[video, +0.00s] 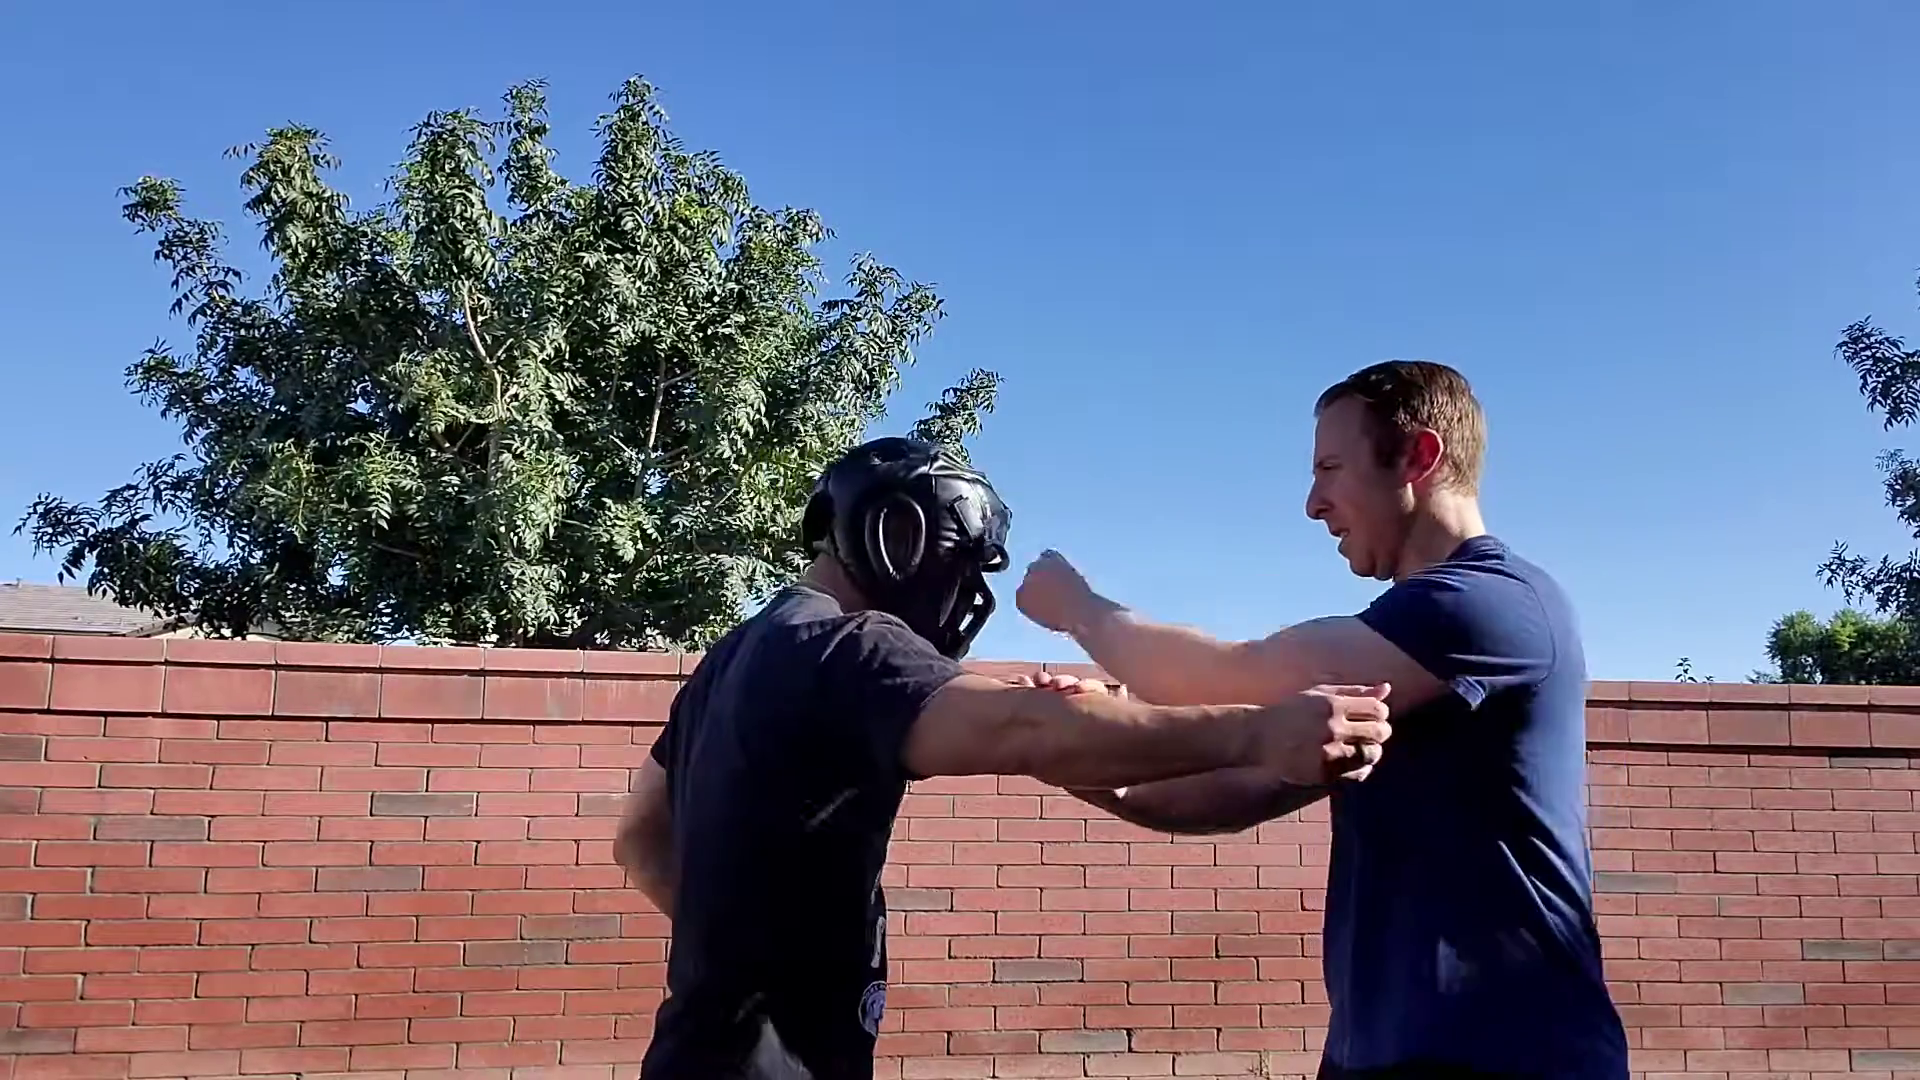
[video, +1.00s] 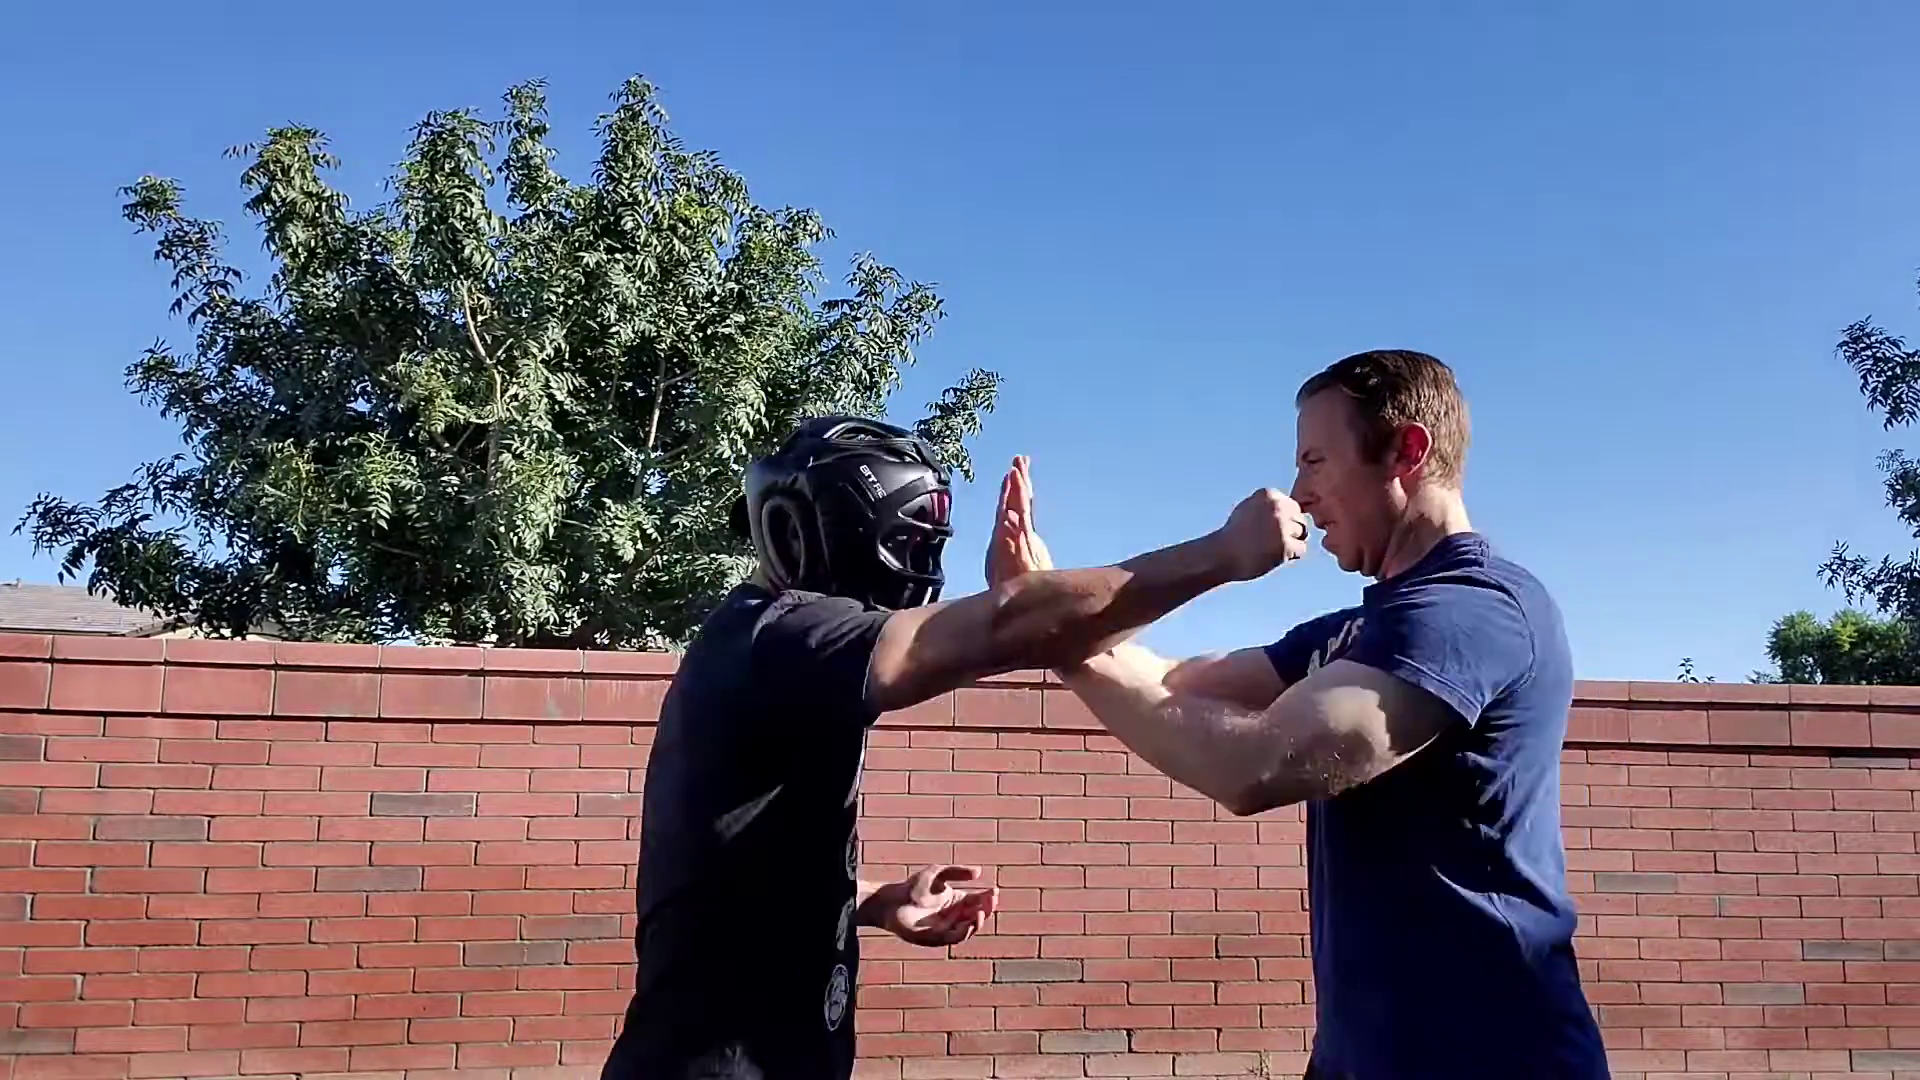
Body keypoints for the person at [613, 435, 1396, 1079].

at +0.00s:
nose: (965, 591)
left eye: (968, 566)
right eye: (956, 563)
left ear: (847, 536)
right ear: (903, 543)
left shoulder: (739, 651)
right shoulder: (848, 650)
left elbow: (638, 835)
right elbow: (1043, 727)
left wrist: (738, 930)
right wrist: (1254, 739)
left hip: (701, 1041)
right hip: (792, 1050)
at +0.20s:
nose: (980, 599)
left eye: (984, 571)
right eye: (969, 569)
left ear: (854, 549)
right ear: (911, 556)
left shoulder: (744, 655)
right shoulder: (849, 654)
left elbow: (636, 836)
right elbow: (1028, 740)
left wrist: (732, 944)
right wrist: (1238, 749)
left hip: (697, 1040)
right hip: (782, 1051)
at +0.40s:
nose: (921, 555)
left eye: (926, 532)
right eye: (909, 527)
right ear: (831, 513)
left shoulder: (858, 670)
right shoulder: (679, 655)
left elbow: (928, 764)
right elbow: (799, 835)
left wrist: (1030, 812)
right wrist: (1001, 789)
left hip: (832, 1048)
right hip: (686, 1054)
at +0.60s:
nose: (884, 553)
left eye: (894, 531)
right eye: (865, 525)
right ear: (767, 511)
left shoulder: (879, 671)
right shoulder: (608, 672)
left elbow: (1044, 695)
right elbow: (517, 892)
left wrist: (1175, 668)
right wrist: (712, 942)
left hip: (823, 1064)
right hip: (650, 1062)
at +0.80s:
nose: (893, 571)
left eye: (896, 547)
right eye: (875, 543)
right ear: (806, 532)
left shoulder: (854, 667)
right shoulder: (659, 669)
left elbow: (1032, 716)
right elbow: (735, 854)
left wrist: (1184, 676)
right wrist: (883, 703)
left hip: (820, 1053)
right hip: (669, 1058)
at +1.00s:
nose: (929, 542)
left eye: (927, 519)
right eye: (908, 518)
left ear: (800, 528)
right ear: (839, 523)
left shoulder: (754, 645)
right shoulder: (778, 640)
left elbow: (728, 905)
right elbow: (1010, 628)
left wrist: (878, 907)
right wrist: (1221, 553)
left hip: (749, 1051)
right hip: (729, 1059)